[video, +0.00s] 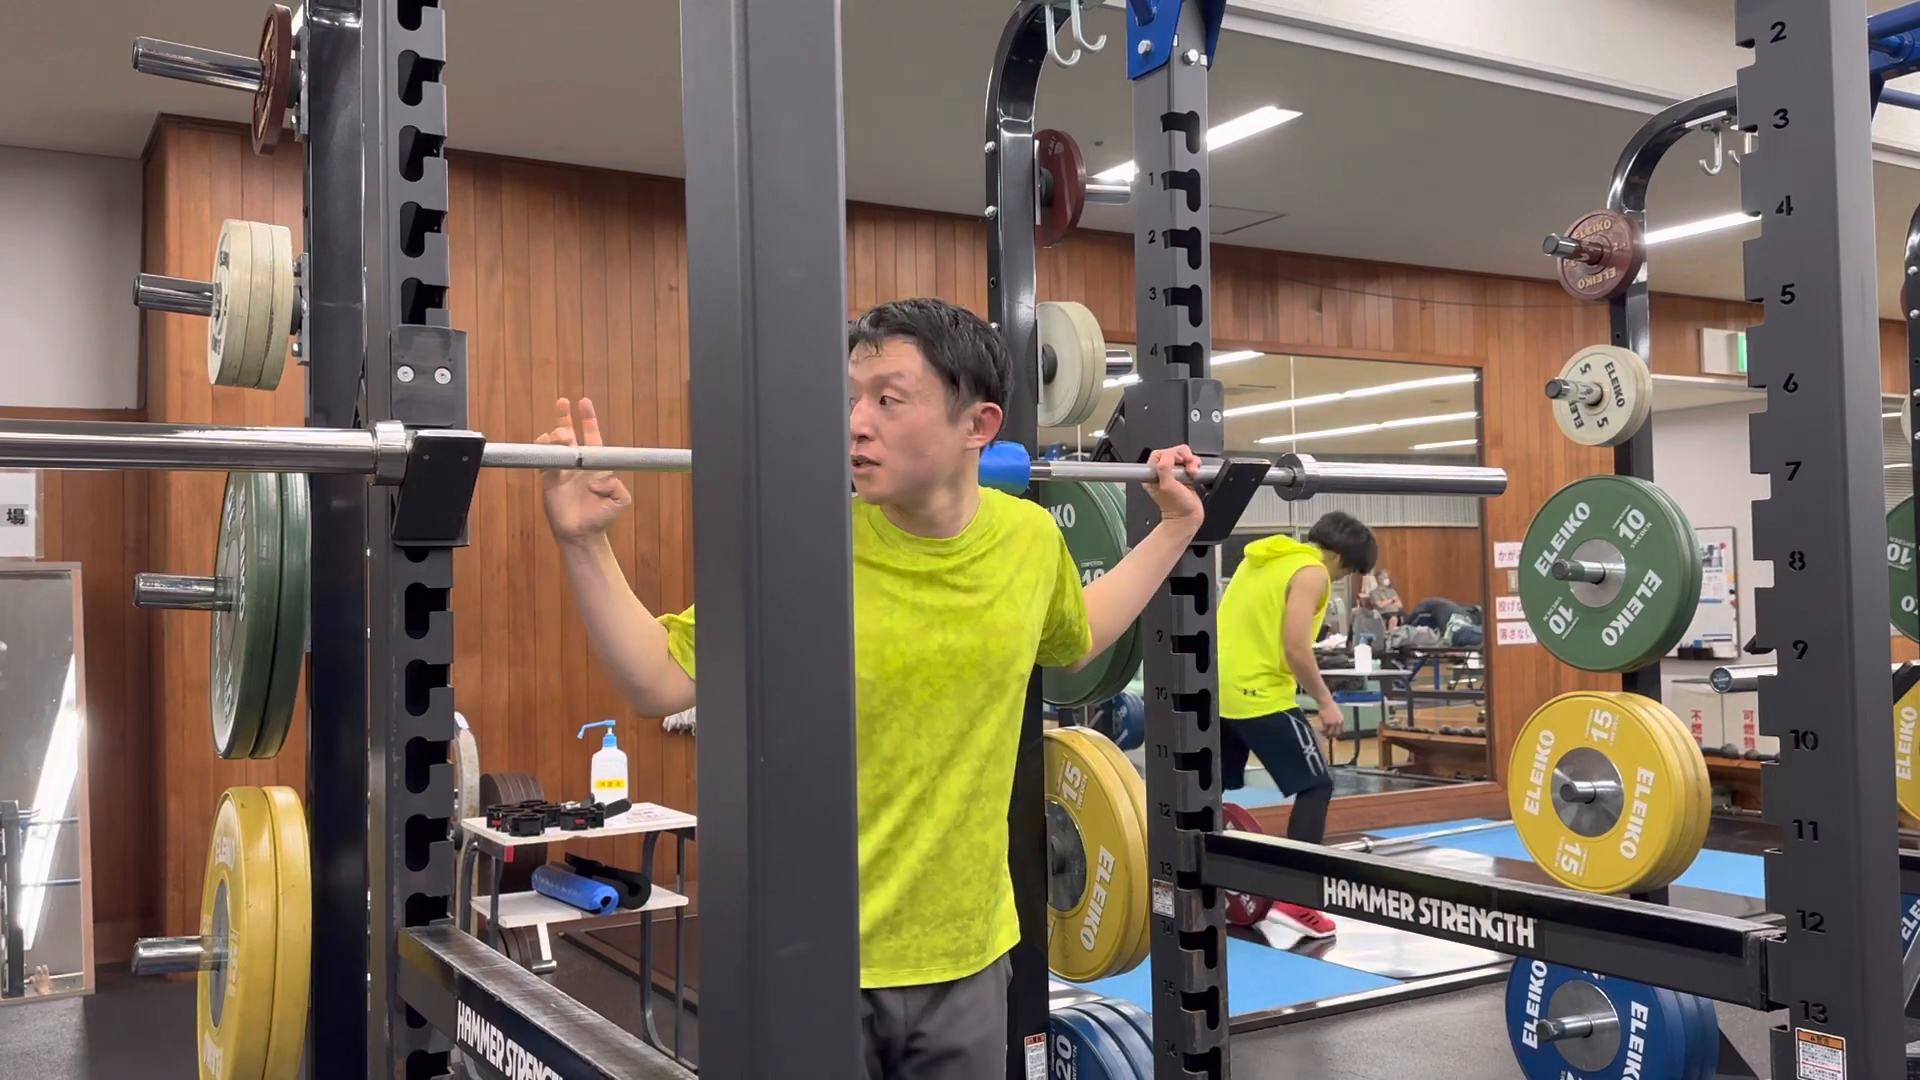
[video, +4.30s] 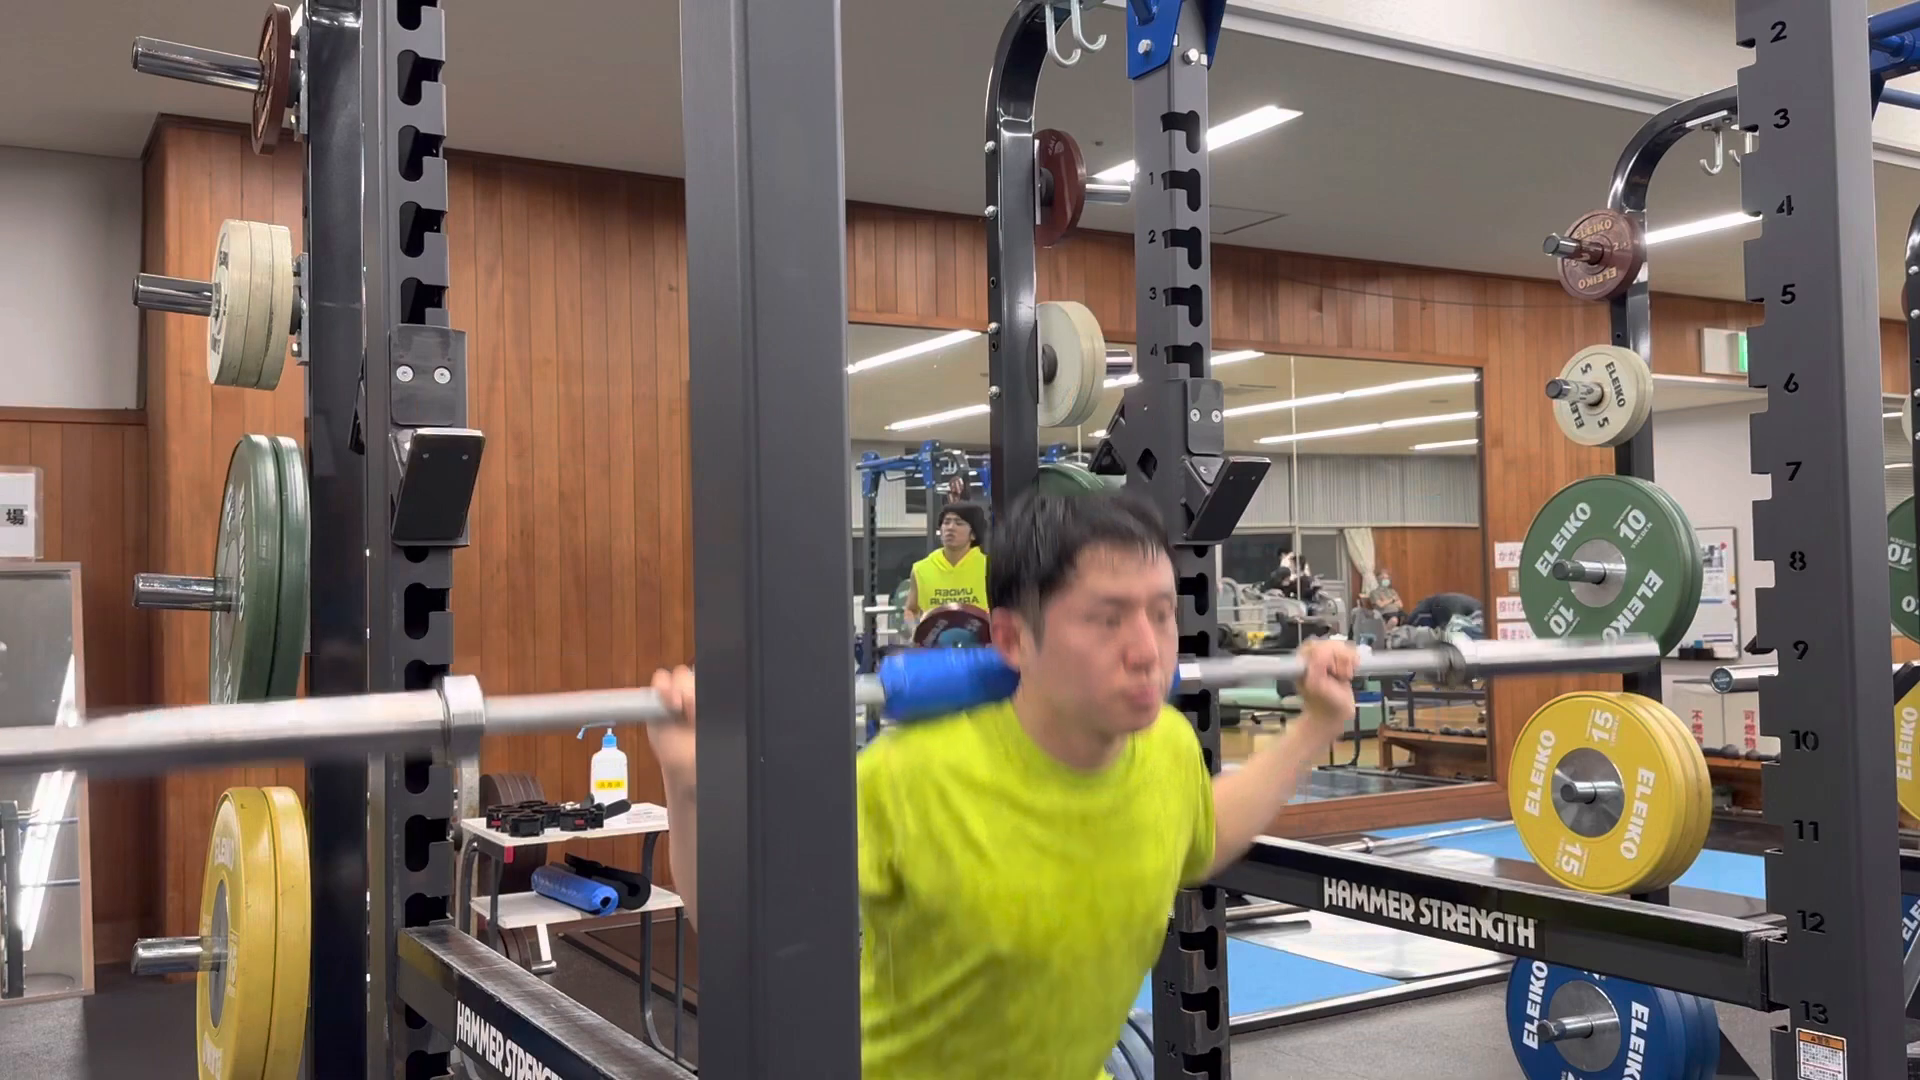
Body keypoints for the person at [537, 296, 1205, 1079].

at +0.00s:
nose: (856, 423)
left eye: (890, 397)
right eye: (850, 397)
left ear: (980, 425)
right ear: (839, 411)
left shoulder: (1028, 538)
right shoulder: (815, 545)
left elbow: (1073, 638)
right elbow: (665, 684)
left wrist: (1175, 530)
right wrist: (584, 544)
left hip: (968, 967)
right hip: (811, 966)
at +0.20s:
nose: (905, 423)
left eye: (939, 398)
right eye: (886, 397)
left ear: (1004, 422)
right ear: (864, 417)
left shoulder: (1036, 534)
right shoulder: (816, 538)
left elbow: (1077, 638)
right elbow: (665, 681)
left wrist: (1174, 530)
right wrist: (601, 537)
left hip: (988, 957)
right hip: (838, 963)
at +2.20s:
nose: (975, 410)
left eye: (998, 375)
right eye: (942, 376)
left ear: (1020, 378)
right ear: (873, 381)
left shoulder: (1019, 482)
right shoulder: (809, 492)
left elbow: (1053, 575)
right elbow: (639, 615)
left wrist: (1164, 481)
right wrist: (592, 471)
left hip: (991, 927)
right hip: (849, 949)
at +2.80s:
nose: (1074, 462)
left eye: (1092, 428)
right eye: (1039, 430)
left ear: (1111, 420)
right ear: (958, 428)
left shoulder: (1103, 536)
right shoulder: (865, 548)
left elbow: (1124, 639)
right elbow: (704, 678)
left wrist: (1240, 531)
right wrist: (666, 536)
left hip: (1074, 984)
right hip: (909, 1007)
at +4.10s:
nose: (1133, 485)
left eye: (1147, 453)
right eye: (1092, 454)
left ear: (1164, 461)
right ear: (999, 476)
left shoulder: (1151, 599)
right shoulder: (894, 608)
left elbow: (1183, 711)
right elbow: (719, 761)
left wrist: (1298, 598)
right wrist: (677, 612)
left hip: (1091, 1025)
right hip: (914, 1037)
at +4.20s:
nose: (1141, 559)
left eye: (1155, 527)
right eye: (1099, 528)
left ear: (1170, 535)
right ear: (1007, 546)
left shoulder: (1161, 667)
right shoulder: (905, 683)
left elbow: (1193, 768)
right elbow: (729, 834)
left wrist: (1308, 652)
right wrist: (681, 686)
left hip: (1079, 1050)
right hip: (911, 1052)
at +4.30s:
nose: (1149, 647)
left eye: (1163, 614)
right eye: (1107, 618)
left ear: (1179, 619)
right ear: (1014, 637)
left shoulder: (1169, 748)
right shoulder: (911, 777)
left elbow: (1196, 848)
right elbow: (735, 917)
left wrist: (1316, 730)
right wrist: (691, 788)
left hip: (1074, 1060)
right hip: (905, 1060)